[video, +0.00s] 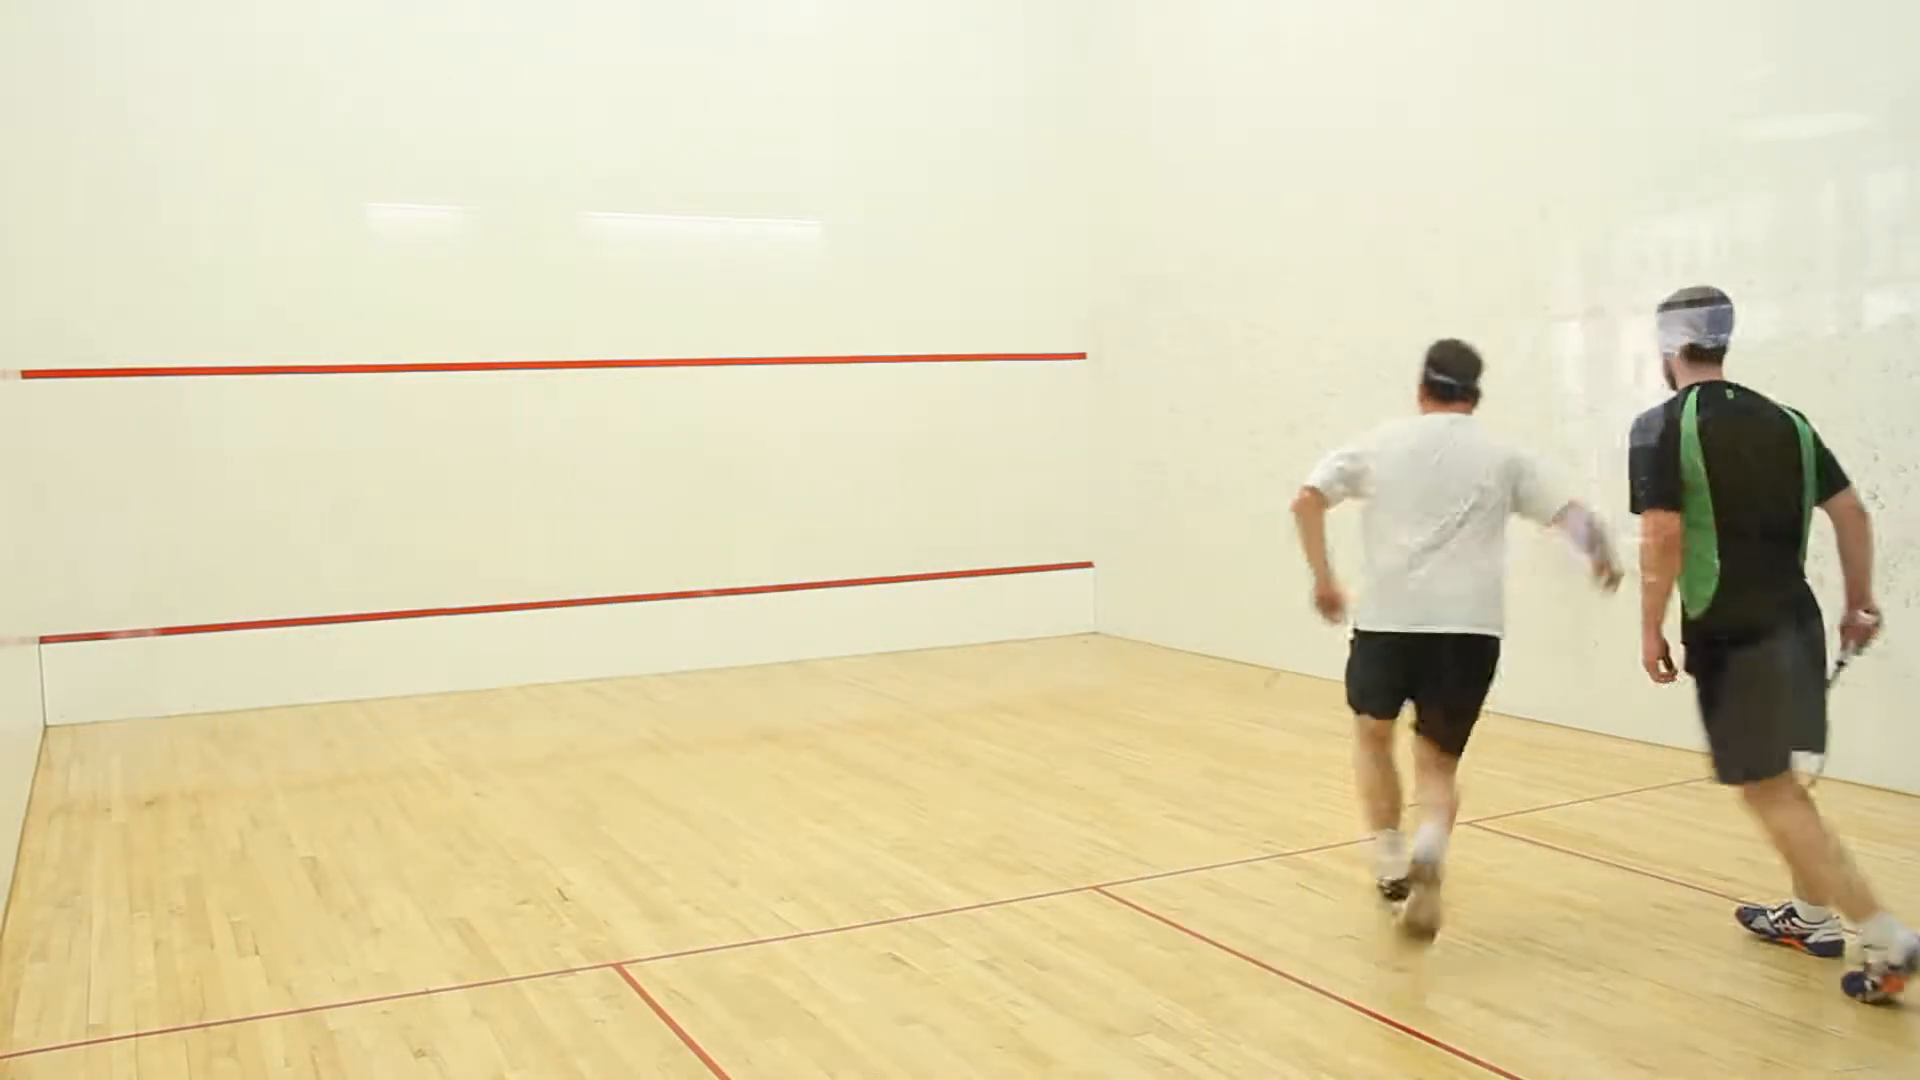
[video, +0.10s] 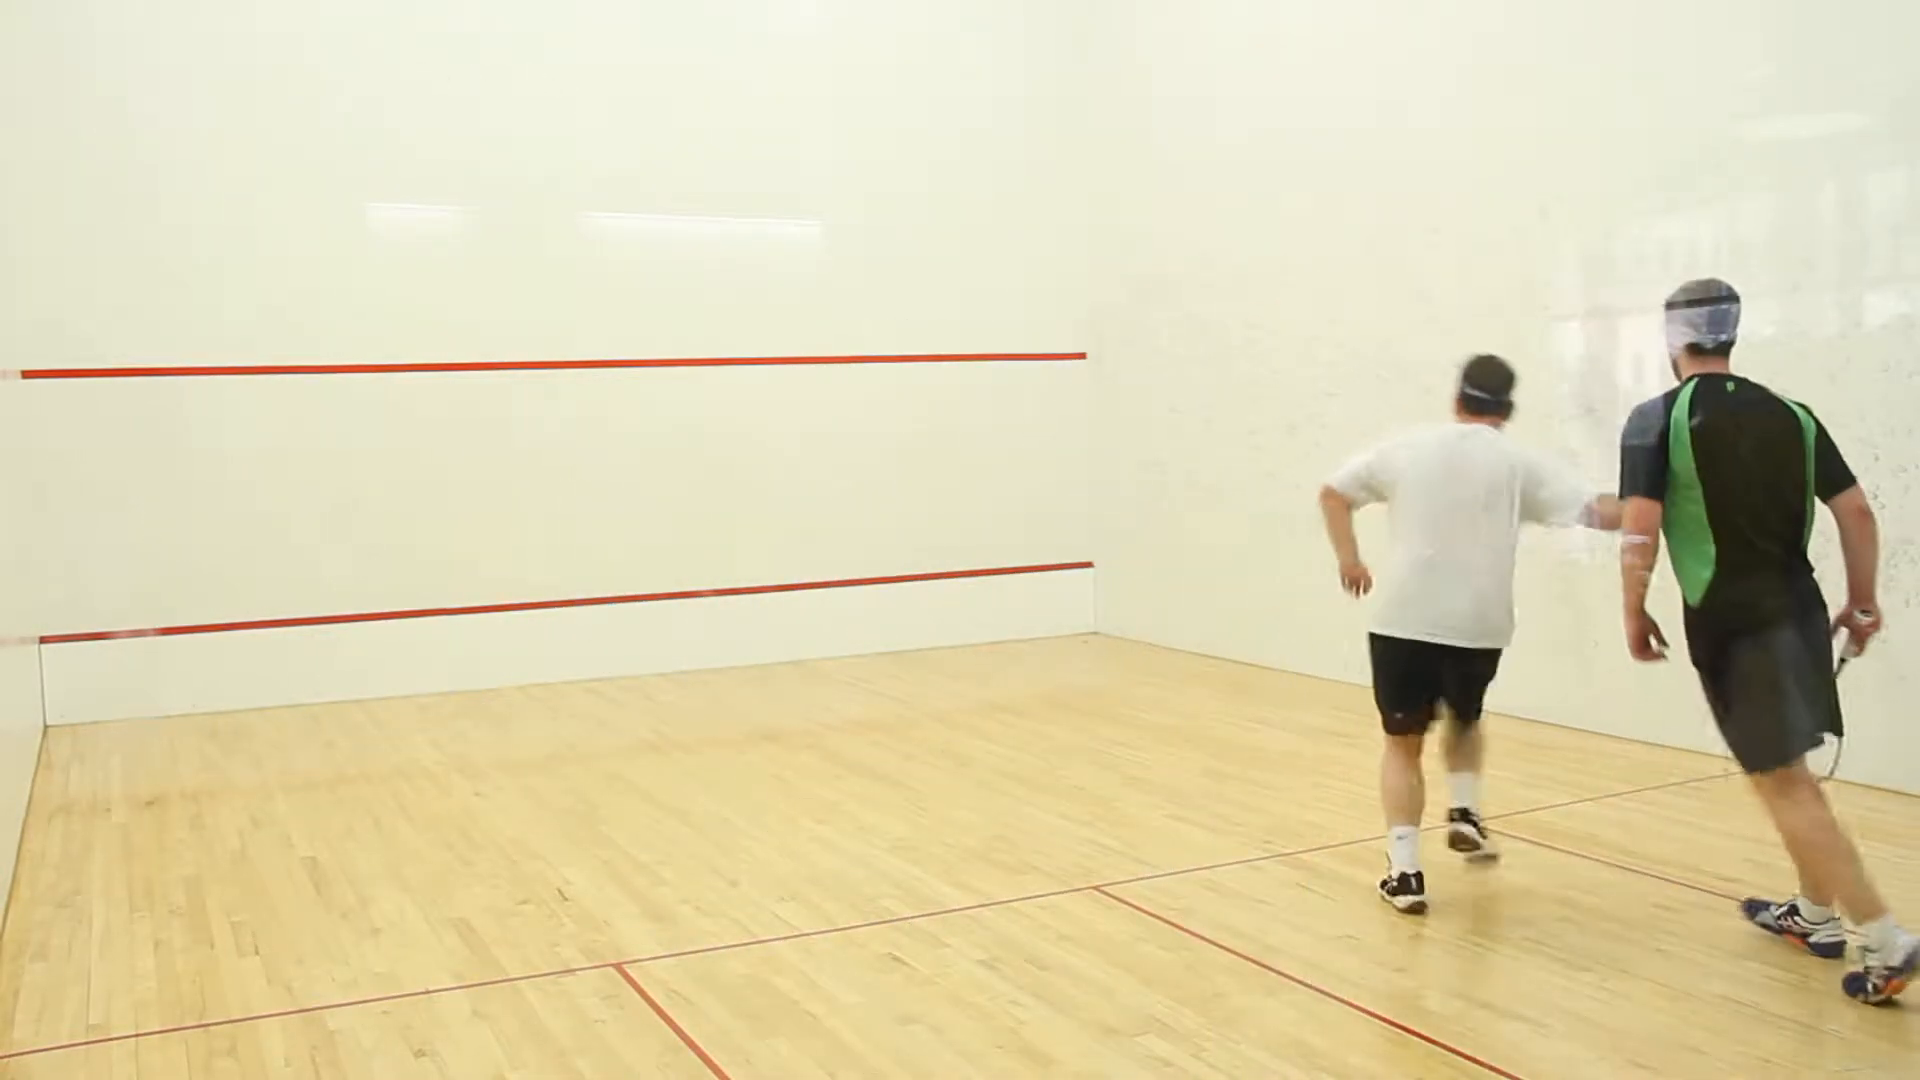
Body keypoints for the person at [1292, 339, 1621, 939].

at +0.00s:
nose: (1434, 397)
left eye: (1428, 386)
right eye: (1462, 393)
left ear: (1422, 389)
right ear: (1476, 396)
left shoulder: (1384, 444)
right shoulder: (1499, 455)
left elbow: (1306, 503)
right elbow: (1575, 515)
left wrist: (1324, 580)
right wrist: (1604, 557)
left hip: (1386, 629)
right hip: (1469, 635)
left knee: (1374, 738)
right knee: (1439, 759)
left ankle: (1391, 861)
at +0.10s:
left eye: (1460, 401)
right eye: (1500, 408)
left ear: (1456, 402)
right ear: (1508, 409)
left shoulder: (1414, 448)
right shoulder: (1517, 462)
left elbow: (1334, 495)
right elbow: (1598, 511)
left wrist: (1349, 560)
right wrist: (1656, 505)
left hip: (1402, 623)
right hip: (1480, 630)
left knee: (1402, 741)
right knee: (1464, 717)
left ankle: (1405, 874)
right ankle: (1464, 811)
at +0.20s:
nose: (1528, 431)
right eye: (1537, 424)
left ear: (1494, 414)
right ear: (1542, 426)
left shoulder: (1443, 449)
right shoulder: (1542, 476)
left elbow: (1365, 473)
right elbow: (1612, 531)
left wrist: (1351, 543)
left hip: (1416, 619)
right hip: (1489, 628)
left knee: (1403, 744)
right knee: (1496, 688)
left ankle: (1398, 854)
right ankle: (1495, 781)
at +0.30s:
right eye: (1563, 445)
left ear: (1524, 436)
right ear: (1569, 448)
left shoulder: (1476, 463)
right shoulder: (1571, 505)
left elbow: (1406, 490)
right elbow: (1612, 572)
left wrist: (1373, 549)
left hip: (1440, 625)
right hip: (1508, 638)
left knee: (1413, 742)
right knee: (1518, 705)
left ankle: (1404, 825)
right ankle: (1531, 783)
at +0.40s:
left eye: (1540, 459)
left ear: (1539, 460)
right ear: (1583, 474)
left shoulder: (1499, 492)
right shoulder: (1585, 525)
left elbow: (1432, 535)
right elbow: (1591, 595)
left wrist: (1423, 573)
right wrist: (1597, 639)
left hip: (1466, 638)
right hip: (1532, 648)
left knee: (1419, 734)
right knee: (1535, 688)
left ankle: (1416, 814)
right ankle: (1534, 779)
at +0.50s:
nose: (1550, 459)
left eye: (1550, 453)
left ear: (1547, 455)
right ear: (1588, 462)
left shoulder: (1508, 487)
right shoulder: (1596, 507)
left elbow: (1450, 535)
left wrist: (1489, 567)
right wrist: (1475, 605)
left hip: (1487, 626)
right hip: (1552, 640)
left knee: (1428, 709)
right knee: (1550, 687)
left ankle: (1420, 798)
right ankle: (1533, 784)